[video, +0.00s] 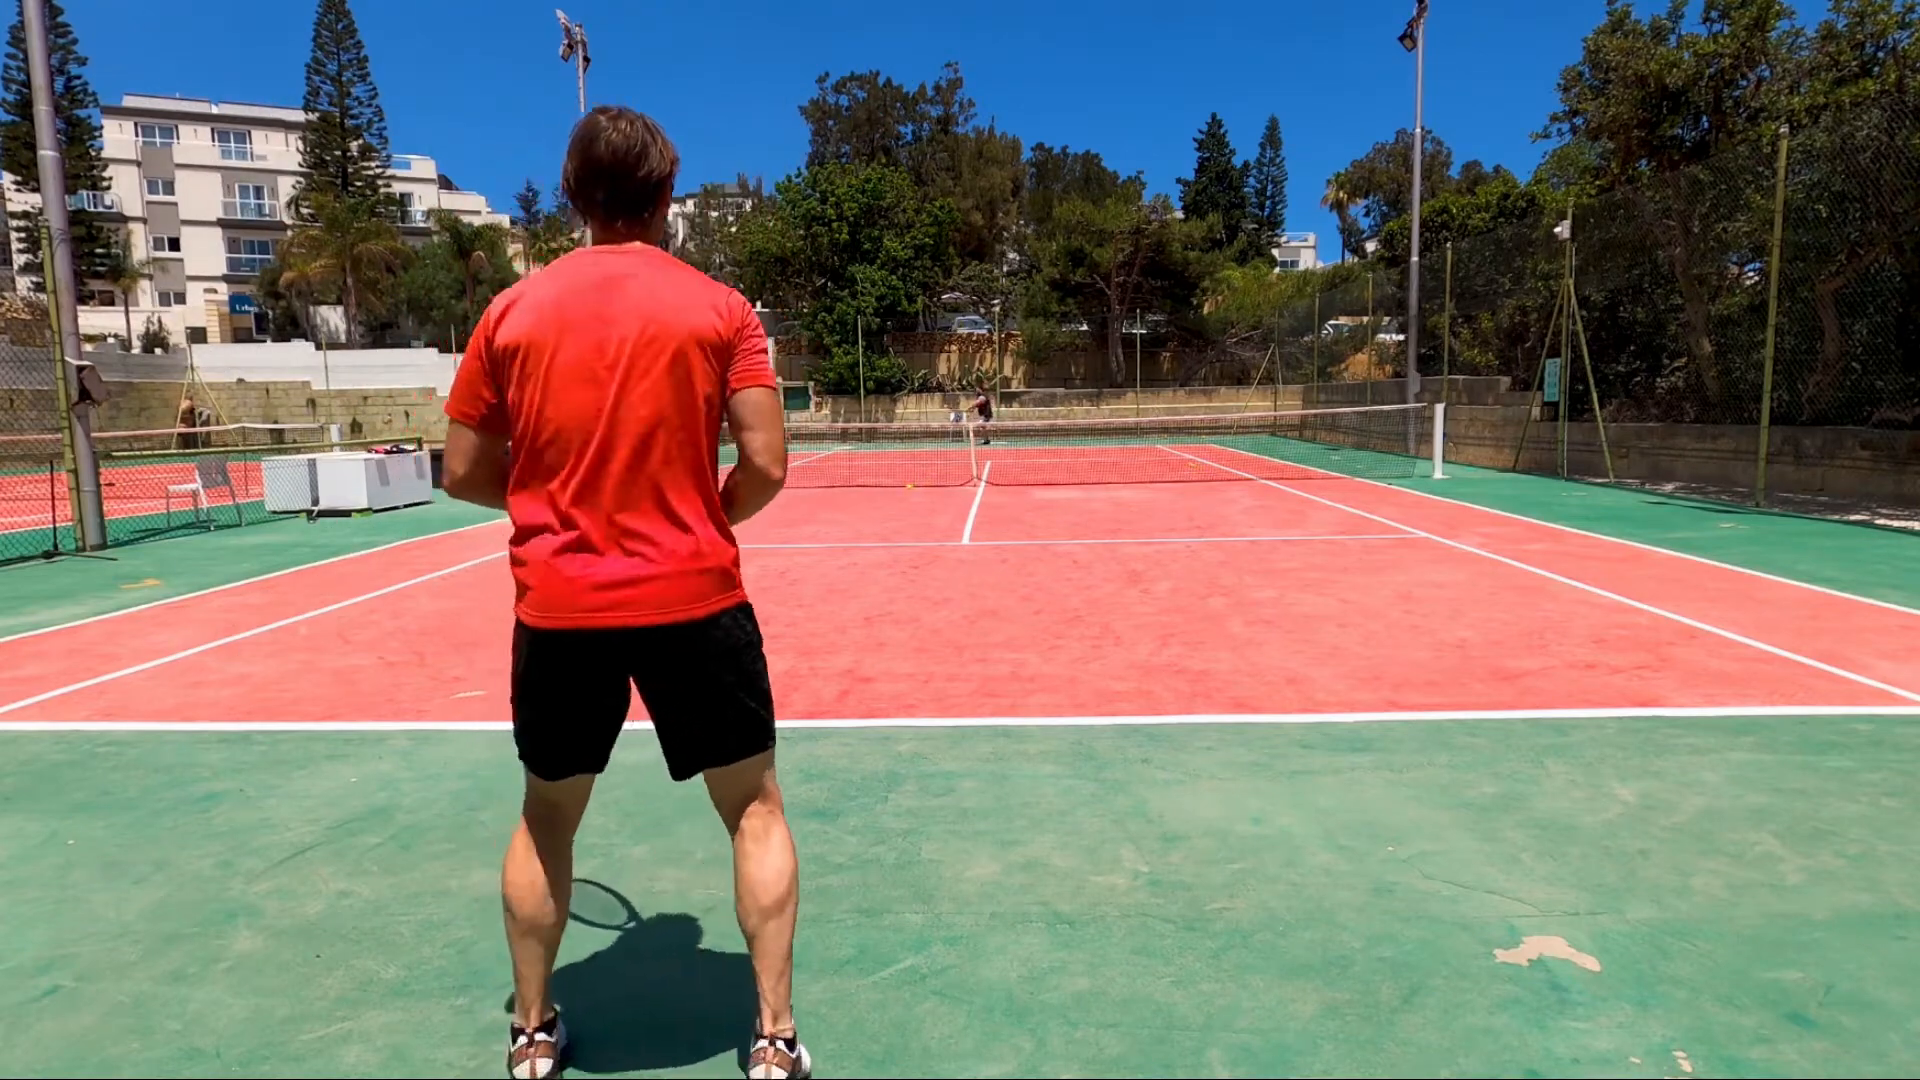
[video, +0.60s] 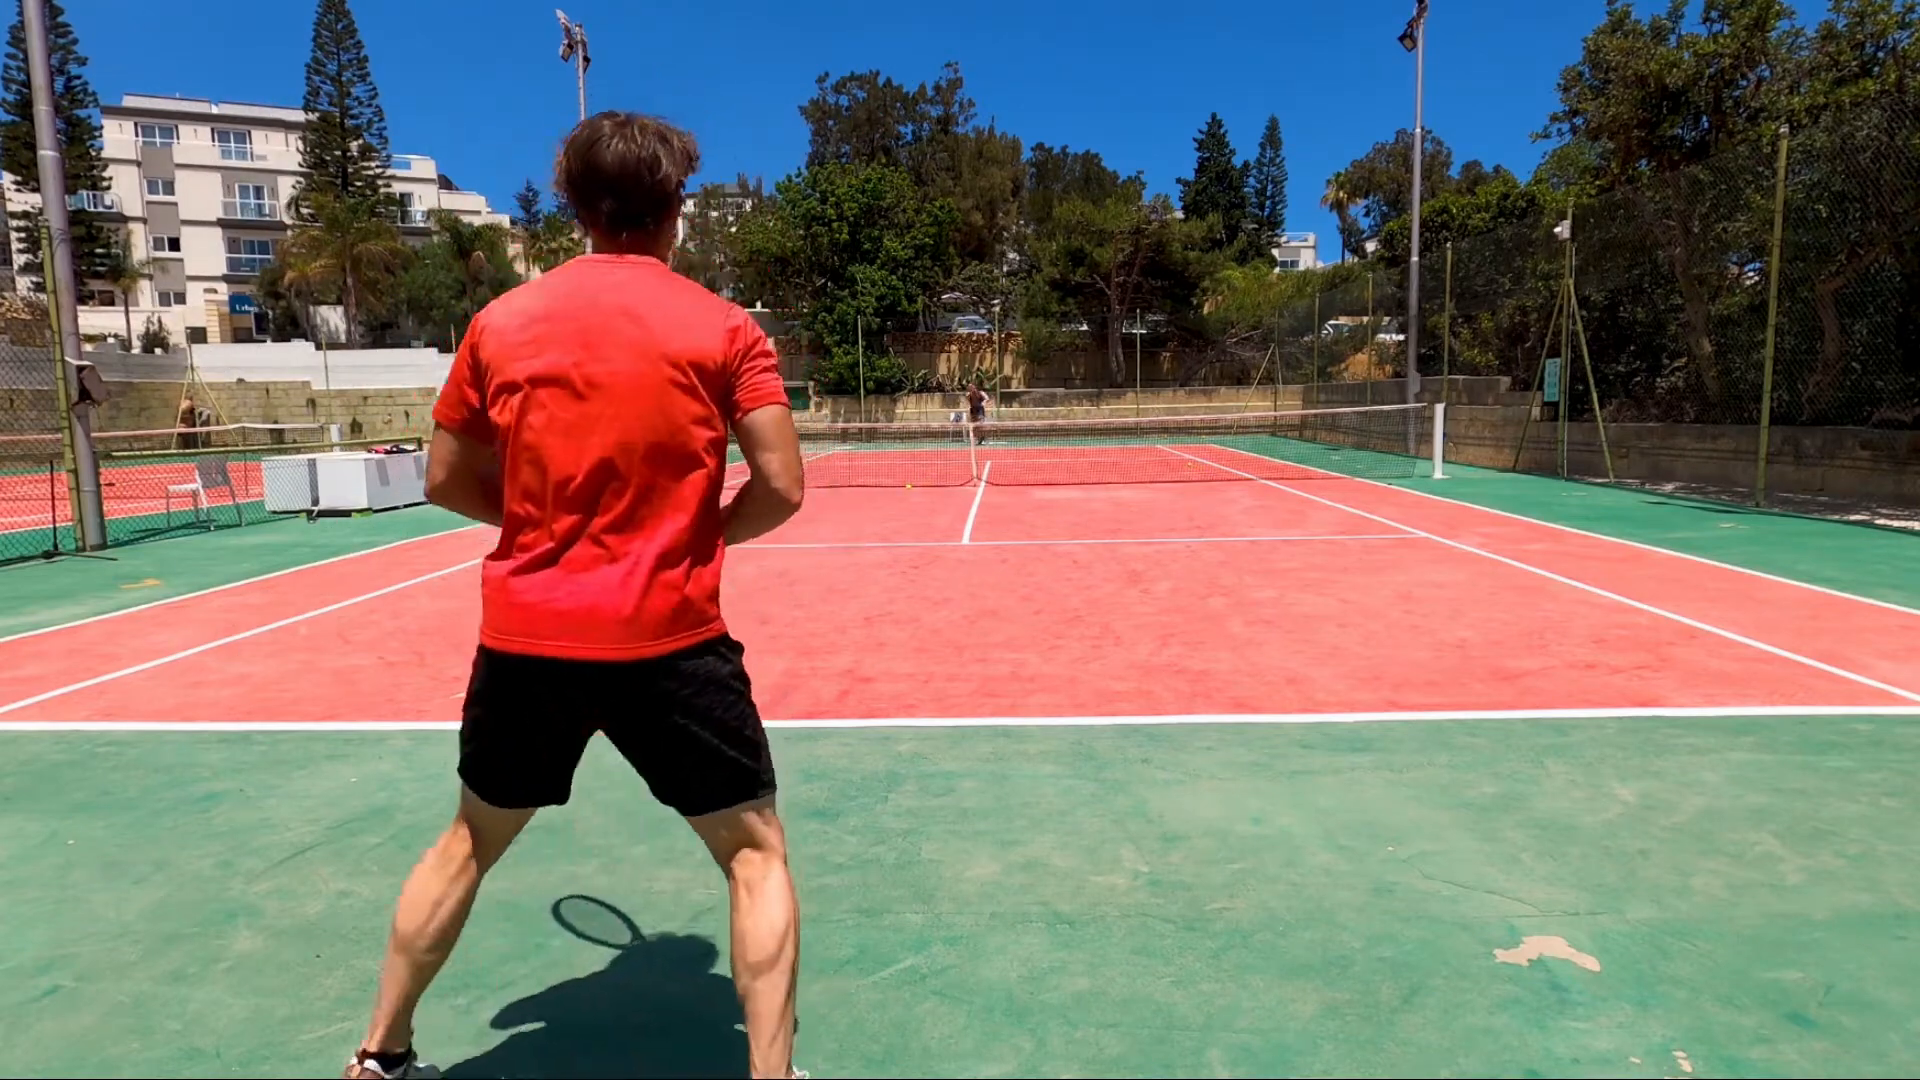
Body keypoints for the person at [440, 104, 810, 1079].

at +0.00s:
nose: (667, 206)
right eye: (668, 192)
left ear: (574, 196)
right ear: (667, 198)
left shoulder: (514, 310)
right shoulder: (719, 308)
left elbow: (465, 471)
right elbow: (765, 465)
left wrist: (559, 471)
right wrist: (708, 517)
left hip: (561, 613)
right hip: (694, 606)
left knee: (547, 818)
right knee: (753, 803)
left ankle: (532, 1030)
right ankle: (774, 1033)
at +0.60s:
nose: (682, 211)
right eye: (680, 198)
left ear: (577, 209)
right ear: (672, 210)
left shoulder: (502, 323)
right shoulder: (719, 324)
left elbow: (450, 481)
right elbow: (779, 484)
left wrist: (546, 509)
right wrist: (699, 530)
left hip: (527, 642)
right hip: (667, 642)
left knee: (469, 838)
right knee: (751, 851)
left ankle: (378, 1052)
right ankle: (771, 1070)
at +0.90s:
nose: (757, 323)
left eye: (755, 309)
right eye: (754, 309)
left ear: (657, 316)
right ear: (743, 318)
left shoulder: (598, 414)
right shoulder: (732, 426)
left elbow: (597, 596)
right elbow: (763, 607)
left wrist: (718, 642)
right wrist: (788, 672)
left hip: (526, 733)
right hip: (651, 740)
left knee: (491, 891)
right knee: (847, 867)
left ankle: (363, 1070)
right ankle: (785, 1072)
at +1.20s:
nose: (1060, 234)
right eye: (1058, 220)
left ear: (956, 222)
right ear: (1048, 229)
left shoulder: (920, 322)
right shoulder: (1025, 326)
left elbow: (1009, 507)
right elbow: (1046, 504)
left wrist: (1138, 561)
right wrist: (1158, 596)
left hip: (829, 662)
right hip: (914, 678)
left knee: (939, 866)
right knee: (963, 924)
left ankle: (899, 1026)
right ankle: (815, 1067)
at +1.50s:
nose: (1479, 325)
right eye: (1476, 309)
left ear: (1356, 296)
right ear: (1461, 316)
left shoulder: (1399, 441)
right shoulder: (1367, 391)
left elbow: (1550, 501)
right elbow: (1309, 455)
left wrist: (1734, 490)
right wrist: (1567, 368)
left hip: (1189, 758)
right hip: (1247, 780)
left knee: (1286, 877)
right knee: (1548, 986)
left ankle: (1148, 1038)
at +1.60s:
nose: (1682, 361)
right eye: (1684, 341)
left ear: (1552, 316)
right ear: (1669, 350)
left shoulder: (1503, 424)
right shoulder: (1594, 430)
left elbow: (1579, 552)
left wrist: (1728, 594)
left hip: (1305, 804)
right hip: (1422, 851)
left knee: (1336, 921)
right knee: (1762, 1055)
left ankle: (1157, 1037)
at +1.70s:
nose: (1904, 341)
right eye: (1904, 321)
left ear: (1747, 306)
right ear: (1883, 339)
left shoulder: (1652, 430)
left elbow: (1509, 587)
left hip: (1443, 820)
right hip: (1602, 868)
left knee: (1450, 937)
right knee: (1890, 1040)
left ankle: (1256, 1048)